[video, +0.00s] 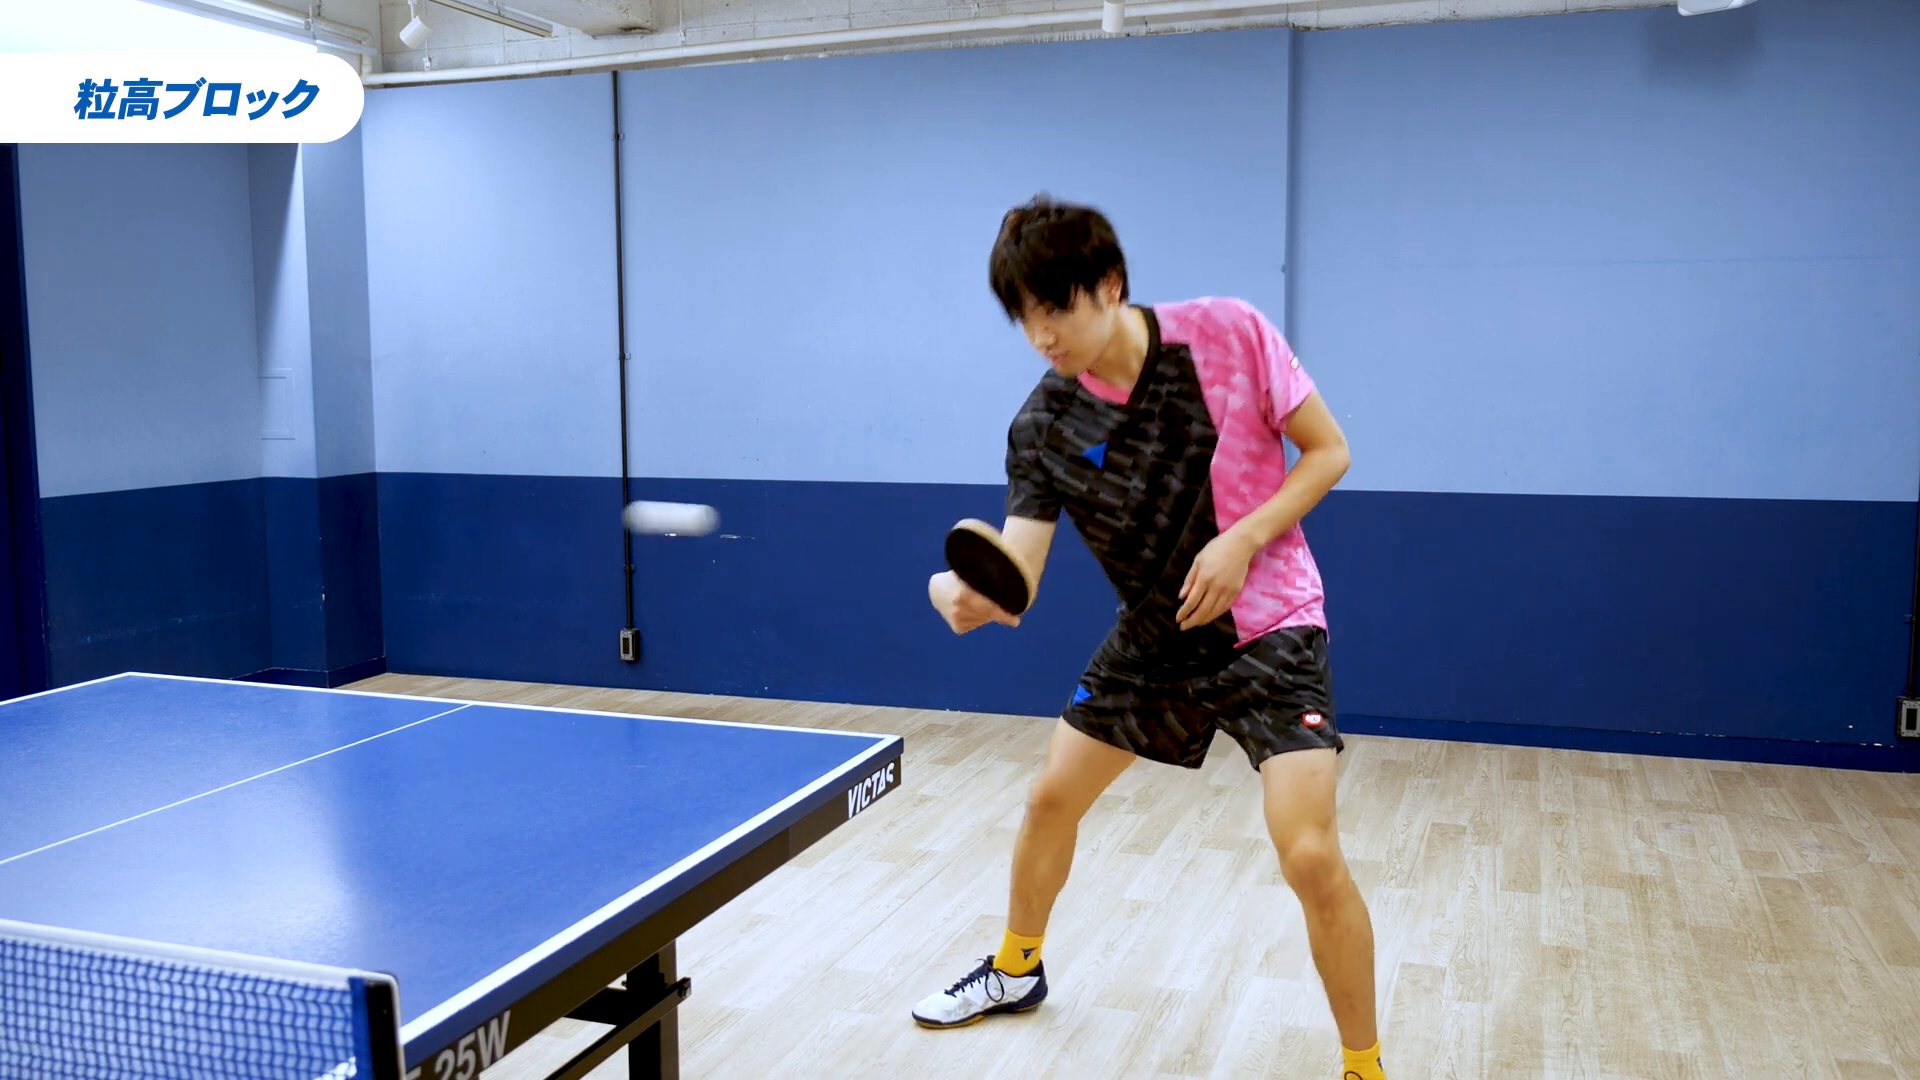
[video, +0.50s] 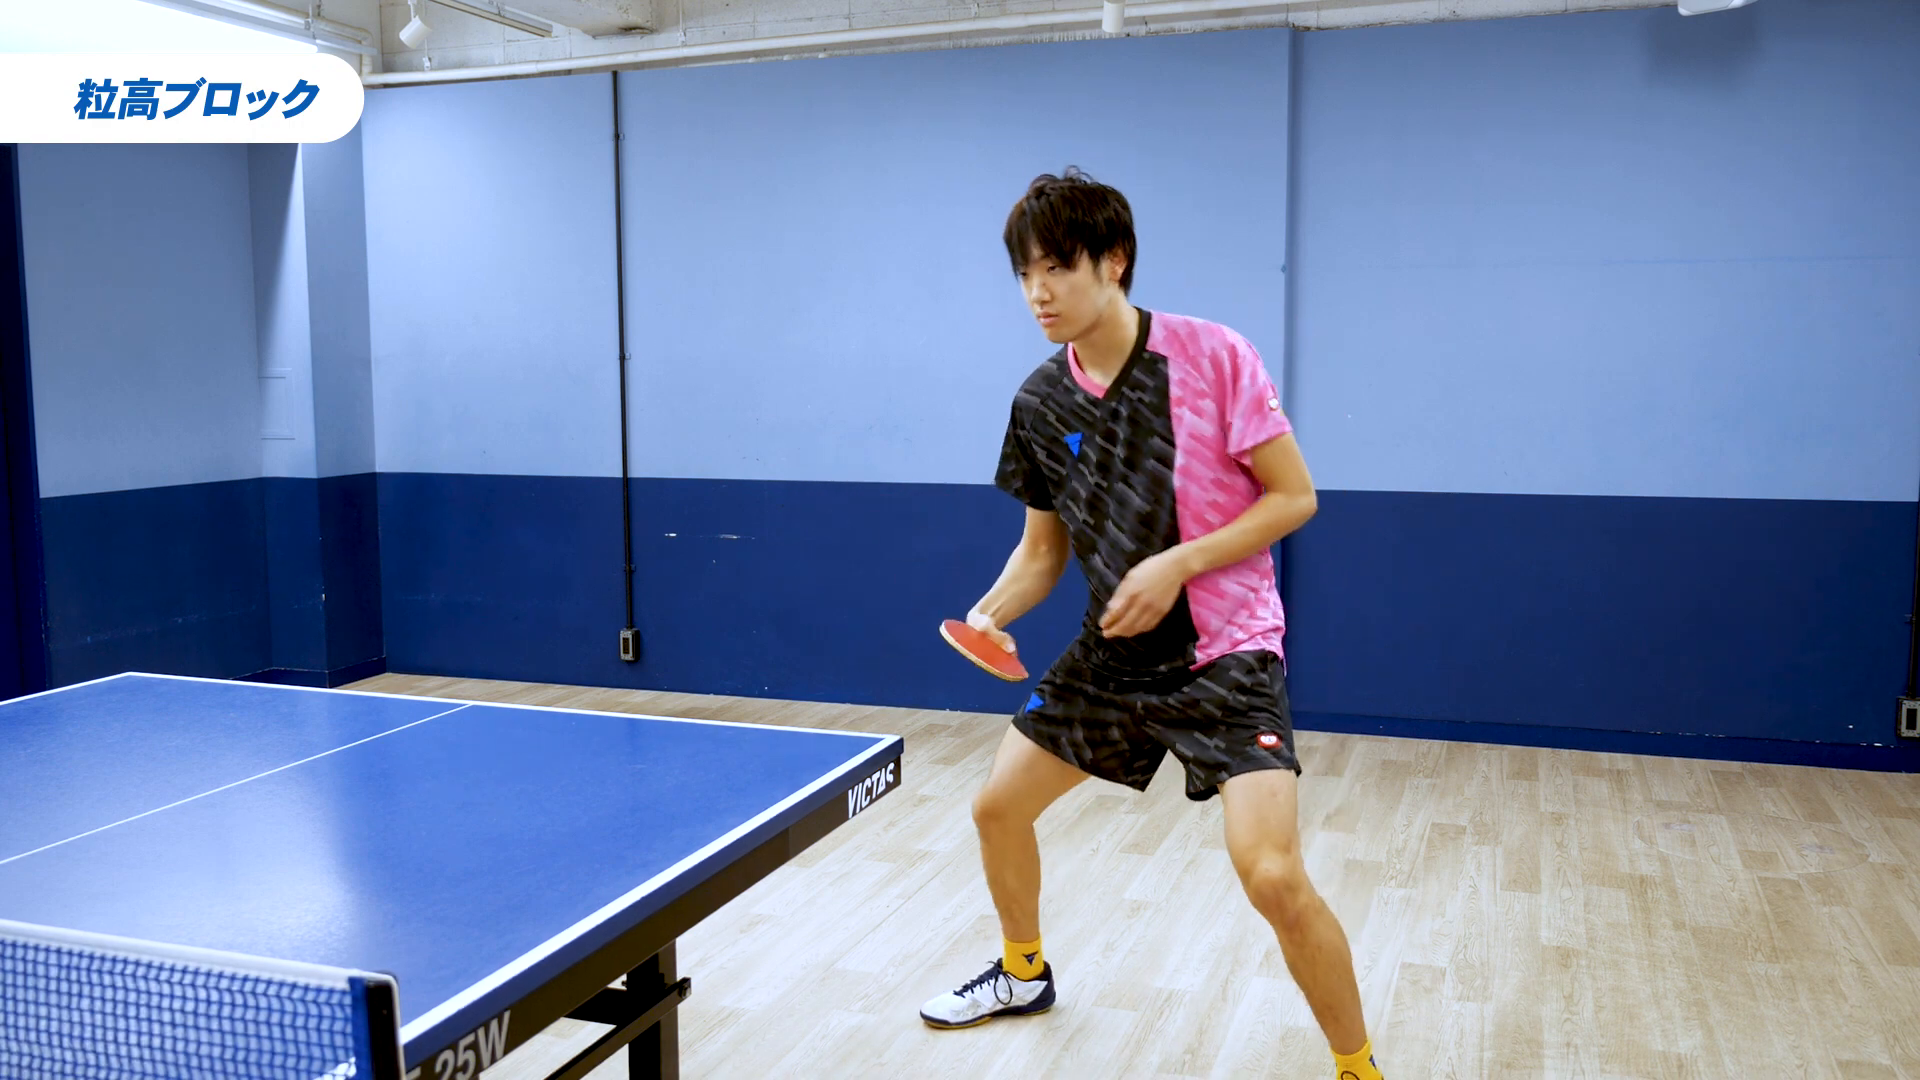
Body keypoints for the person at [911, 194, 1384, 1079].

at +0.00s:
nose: (1039, 334)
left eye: (1053, 306)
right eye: (1024, 317)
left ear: (1109, 285)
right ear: (1015, 319)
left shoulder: (1229, 333)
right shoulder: (1045, 422)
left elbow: (1329, 452)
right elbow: (1016, 580)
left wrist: (1241, 542)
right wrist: (965, 596)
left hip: (1271, 624)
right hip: (1153, 630)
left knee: (1309, 855)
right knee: (1051, 798)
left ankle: (1363, 1065)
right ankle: (1016, 967)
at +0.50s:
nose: (1039, 290)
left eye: (1057, 265)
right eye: (1026, 272)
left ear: (1113, 261)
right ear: (1020, 283)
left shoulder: (1212, 354)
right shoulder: (1042, 401)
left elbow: (1294, 496)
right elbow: (1042, 548)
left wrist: (1179, 562)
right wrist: (991, 613)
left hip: (1229, 650)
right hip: (1115, 650)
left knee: (1273, 877)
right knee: (999, 809)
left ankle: (1358, 1068)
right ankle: (1022, 972)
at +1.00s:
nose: (1023, 380)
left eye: (1036, 353)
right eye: (1010, 362)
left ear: (1094, 332)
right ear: (1007, 362)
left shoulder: (1214, 399)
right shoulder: (1056, 451)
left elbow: (1317, 529)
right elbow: (1057, 578)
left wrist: (1195, 609)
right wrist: (1013, 620)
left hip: (1257, 667)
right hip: (1151, 669)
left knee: (1257, 893)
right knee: (1011, 813)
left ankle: (1357, 1069)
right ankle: (1023, 973)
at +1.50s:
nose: (1084, 290)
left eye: (1101, 264)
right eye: (1071, 271)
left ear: (1160, 251)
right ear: (1065, 273)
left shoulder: (1275, 322)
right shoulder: (1081, 393)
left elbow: (1371, 449)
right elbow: (1042, 543)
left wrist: (1285, 526)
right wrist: (979, 588)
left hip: (1282, 626)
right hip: (1165, 628)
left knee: (1315, 872)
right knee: (1059, 797)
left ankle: (1364, 1068)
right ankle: (1022, 962)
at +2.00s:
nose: (992, 278)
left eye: (1009, 255)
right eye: (981, 261)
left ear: (1067, 249)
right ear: (981, 268)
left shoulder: (1168, 339)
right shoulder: (1026, 385)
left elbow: (1260, 475)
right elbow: (1054, 521)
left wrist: (1130, 539)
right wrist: (995, 599)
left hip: (1213, 634)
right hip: (1110, 635)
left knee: (1255, 859)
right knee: (1013, 793)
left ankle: (1354, 1064)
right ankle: (1024, 971)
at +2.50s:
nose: (1004, 371)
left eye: (1014, 345)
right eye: (987, 354)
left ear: (1070, 317)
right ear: (977, 351)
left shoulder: (1197, 356)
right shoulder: (1028, 439)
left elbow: (1314, 470)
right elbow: (1019, 601)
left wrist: (1217, 564)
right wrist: (975, 573)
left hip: (1260, 632)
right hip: (1146, 641)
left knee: (1295, 868)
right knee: (1033, 807)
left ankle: (1360, 1065)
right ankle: (1025, 973)